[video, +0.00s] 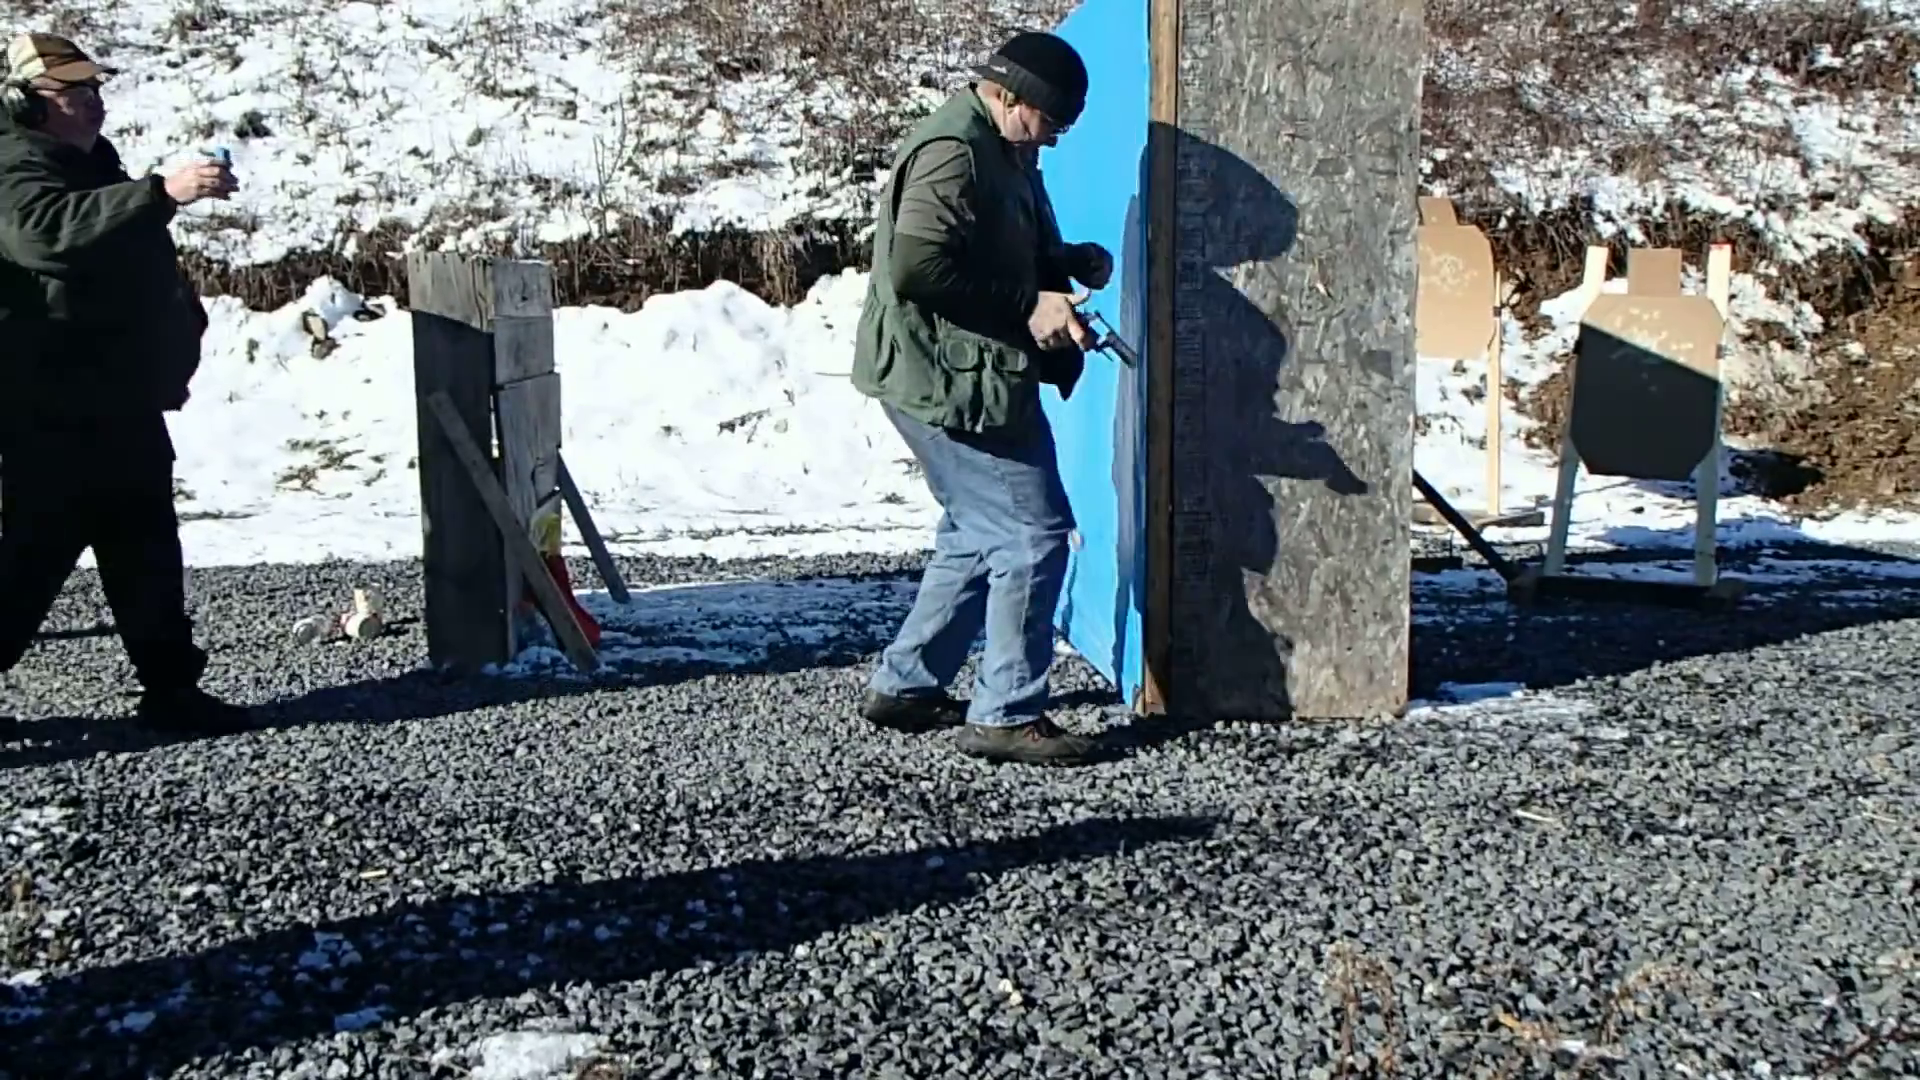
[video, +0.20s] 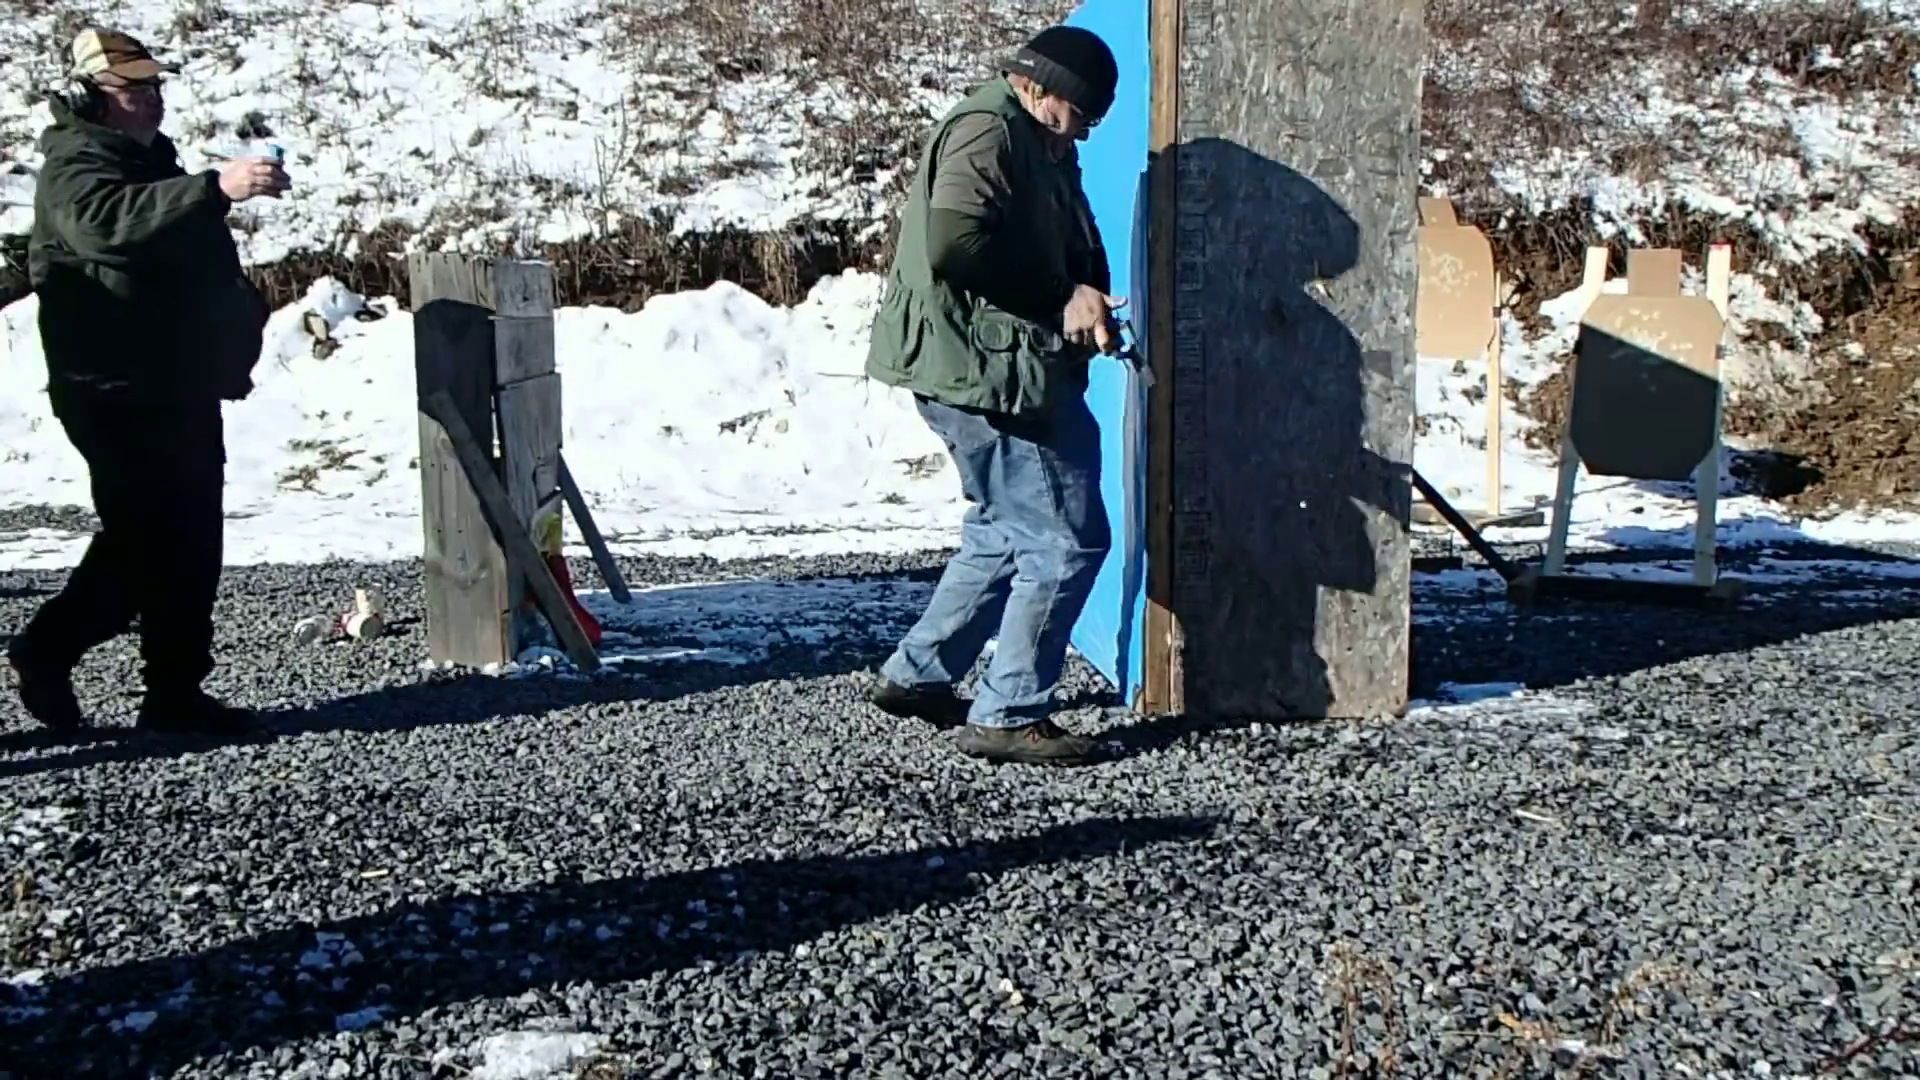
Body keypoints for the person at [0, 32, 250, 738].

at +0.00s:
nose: (97, 104)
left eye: (95, 91)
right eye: (81, 94)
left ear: (79, 100)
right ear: (41, 103)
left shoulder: (101, 164)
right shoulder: (15, 164)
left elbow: (146, 266)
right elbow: (47, 236)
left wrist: (179, 327)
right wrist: (161, 190)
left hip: (124, 399)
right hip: (51, 405)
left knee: (146, 551)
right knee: (30, 561)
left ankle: (172, 691)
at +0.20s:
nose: (157, 100)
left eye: (156, 88)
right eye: (144, 90)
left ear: (138, 95)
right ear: (108, 97)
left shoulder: (156, 159)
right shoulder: (75, 160)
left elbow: (196, 263)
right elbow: (111, 227)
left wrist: (239, 312)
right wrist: (215, 187)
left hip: (180, 383)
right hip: (112, 389)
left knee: (193, 540)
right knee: (142, 538)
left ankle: (176, 697)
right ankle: (43, 653)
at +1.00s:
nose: (373, 90)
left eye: (370, 77)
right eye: (359, 78)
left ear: (338, 89)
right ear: (319, 89)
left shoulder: (351, 155)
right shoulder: (285, 164)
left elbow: (389, 258)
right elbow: (303, 267)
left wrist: (428, 315)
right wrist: (408, 235)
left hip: (372, 383)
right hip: (319, 390)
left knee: (367, 542)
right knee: (362, 543)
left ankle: (247, 636)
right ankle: (383, 708)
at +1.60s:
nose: (521, 84)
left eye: (519, 72)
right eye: (508, 73)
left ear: (488, 83)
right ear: (469, 84)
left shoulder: (514, 162)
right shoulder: (421, 170)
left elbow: (554, 256)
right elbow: (434, 267)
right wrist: (532, 236)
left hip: (534, 389)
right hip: (463, 395)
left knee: (555, 548)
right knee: (457, 554)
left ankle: (584, 704)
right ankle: (388, 712)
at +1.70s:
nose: (549, 82)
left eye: (546, 71)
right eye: (534, 72)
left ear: (518, 84)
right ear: (492, 82)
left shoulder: (543, 159)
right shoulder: (452, 166)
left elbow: (581, 253)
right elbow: (460, 262)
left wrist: (622, 297)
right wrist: (558, 232)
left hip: (567, 386)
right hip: (491, 391)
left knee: (584, 547)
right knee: (508, 540)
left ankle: (588, 707)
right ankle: (420, 685)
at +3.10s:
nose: (709, 64)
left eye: (708, 51)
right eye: (698, 50)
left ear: (644, 55)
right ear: (650, 55)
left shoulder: (654, 126)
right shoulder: (634, 134)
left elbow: (702, 224)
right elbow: (691, 226)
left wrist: (792, 180)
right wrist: (802, 182)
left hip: (664, 380)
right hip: (660, 385)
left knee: (644, 548)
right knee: (671, 556)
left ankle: (599, 705)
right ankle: (662, 730)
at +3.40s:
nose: (718, 62)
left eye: (718, 49)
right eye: (707, 48)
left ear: (653, 54)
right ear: (658, 52)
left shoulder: (658, 122)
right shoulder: (642, 131)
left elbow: (709, 223)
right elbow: (696, 226)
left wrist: (803, 190)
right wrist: (809, 184)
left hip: (661, 377)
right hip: (666, 383)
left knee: (644, 546)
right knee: (674, 554)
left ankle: (600, 703)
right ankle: (662, 731)